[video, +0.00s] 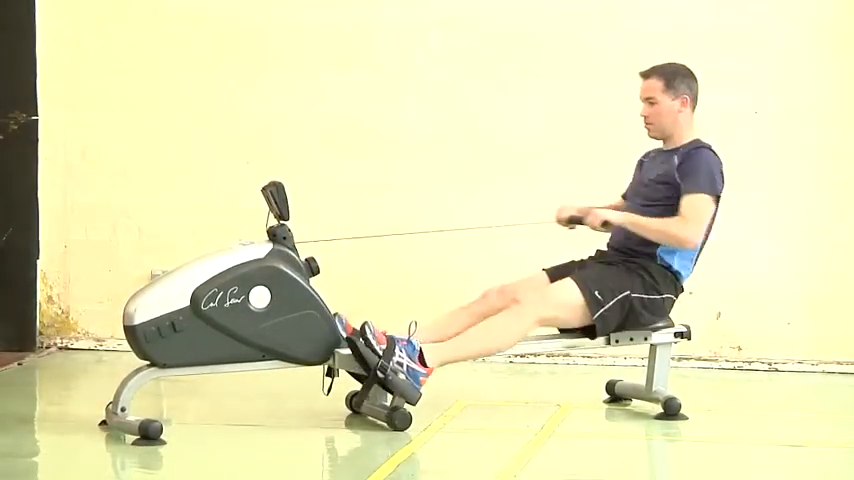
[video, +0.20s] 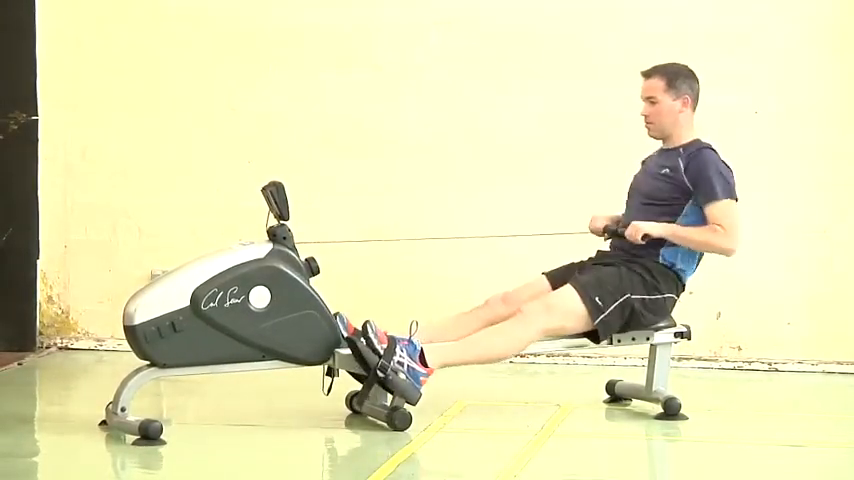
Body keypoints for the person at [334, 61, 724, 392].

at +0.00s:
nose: (643, 113)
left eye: (651, 103)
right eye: (643, 104)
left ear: (684, 103)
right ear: (665, 105)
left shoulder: (701, 160)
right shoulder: (651, 159)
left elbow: (690, 235)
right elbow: (629, 214)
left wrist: (612, 216)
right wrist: (593, 214)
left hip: (647, 277)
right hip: (615, 265)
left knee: (534, 308)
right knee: (499, 297)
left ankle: (422, 363)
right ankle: (396, 346)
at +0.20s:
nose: (643, 111)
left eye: (652, 102)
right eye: (643, 102)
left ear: (685, 104)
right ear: (669, 106)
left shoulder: (704, 159)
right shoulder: (657, 159)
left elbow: (727, 239)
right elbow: (656, 224)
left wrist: (659, 228)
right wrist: (615, 224)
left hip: (648, 273)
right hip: (617, 260)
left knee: (538, 317)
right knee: (503, 303)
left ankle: (422, 362)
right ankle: (401, 345)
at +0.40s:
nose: (625, 106)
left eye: (634, 97)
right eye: (624, 97)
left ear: (665, 99)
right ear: (641, 101)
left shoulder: (683, 153)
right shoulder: (636, 157)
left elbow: (694, 235)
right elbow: (626, 231)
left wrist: (625, 213)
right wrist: (590, 213)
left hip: (646, 278)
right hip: (610, 266)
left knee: (534, 305)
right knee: (496, 293)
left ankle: (422, 364)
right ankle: (398, 347)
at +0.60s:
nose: (590, 106)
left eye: (598, 96)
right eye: (589, 96)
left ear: (631, 99)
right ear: (620, 100)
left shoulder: (650, 151)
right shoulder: (603, 157)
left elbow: (635, 223)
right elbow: (567, 214)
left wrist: (570, 208)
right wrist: (532, 206)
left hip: (634, 281)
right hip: (599, 271)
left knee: (516, 283)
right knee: (481, 272)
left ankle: (423, 364)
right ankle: (403, 346)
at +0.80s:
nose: (546, 109)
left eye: (553, 100)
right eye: (545, 100)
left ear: (585, 101)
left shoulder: (608, 152)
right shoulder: (558, 159)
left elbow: (567, 211)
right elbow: (512, 198)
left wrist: (490, 210)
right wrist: (462, 207)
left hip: (608, 281)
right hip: (572, 274)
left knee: (495, 259)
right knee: (460, 253)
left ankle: (422, 361)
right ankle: (397, 344)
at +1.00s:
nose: (497, 114)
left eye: (505, 105)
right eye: (497, 105)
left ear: (537, 107)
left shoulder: (561, 157)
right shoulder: (510, 162)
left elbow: (497, 208)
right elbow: (455, 196)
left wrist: (420, 224)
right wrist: (399, 215)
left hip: (576, 285)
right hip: (537, 284)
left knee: (476, 244)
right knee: (436, 241)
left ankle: (420, 360)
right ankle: (391, 344)